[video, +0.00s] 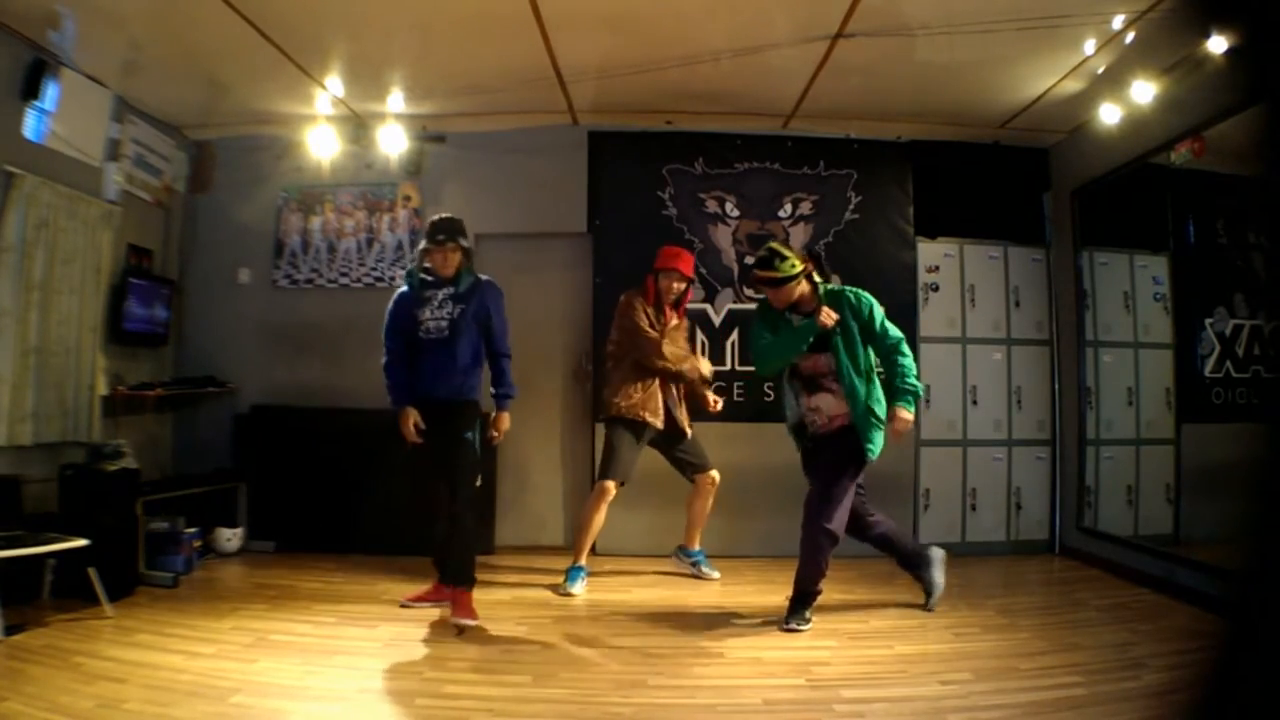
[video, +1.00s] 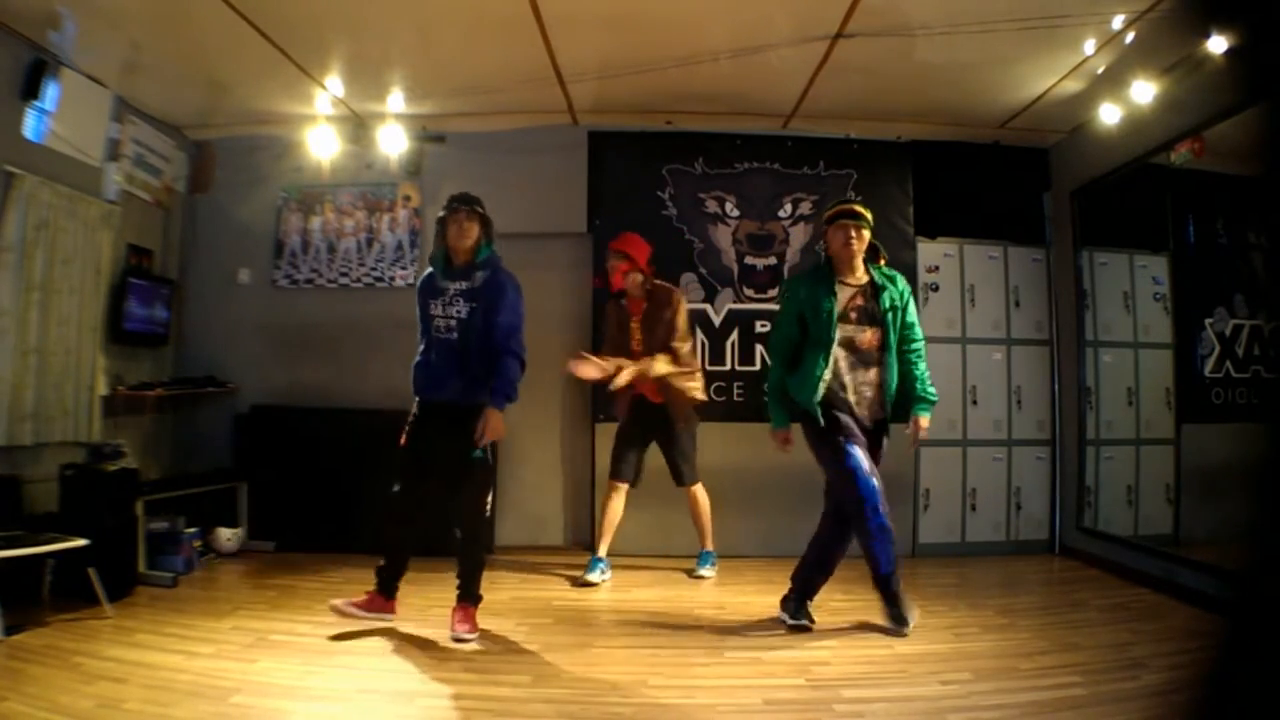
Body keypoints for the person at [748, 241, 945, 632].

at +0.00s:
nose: (768, 295)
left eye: (774, 286)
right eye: (764, 287)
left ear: (800, 276)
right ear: (763, 285)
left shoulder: (852, 303)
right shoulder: (769, 317)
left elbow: (895, 346)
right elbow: (762, 361)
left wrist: (904, 399)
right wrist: (810, 327)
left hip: (854, 429)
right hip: (810, 437)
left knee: (820, 517)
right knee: (856, 518)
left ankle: (801, 603)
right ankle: (924, 561)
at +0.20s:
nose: (783, 283)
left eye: (791, 277)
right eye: (780, 275)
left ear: (815, 275)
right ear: (777, 273)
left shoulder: (860, 302)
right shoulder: (770, 308)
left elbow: (890, 356)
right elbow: (763, 360)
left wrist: (909, 413)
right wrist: (821, 367)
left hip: (841, 435)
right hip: (793, 435)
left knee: (822, 525)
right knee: (781, 515)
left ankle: (801, 603)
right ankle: (823, 540)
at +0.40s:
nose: (819, 277)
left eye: (828, 269)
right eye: (811, 268)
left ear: (843, 270)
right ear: (799, 268)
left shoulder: (868, 309)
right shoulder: (779, 309)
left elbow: (885, 370)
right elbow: (765, 379)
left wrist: (894, 424)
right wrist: (767, 444)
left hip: (844, 440)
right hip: (789, 436)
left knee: (830, 529)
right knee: (740, 510)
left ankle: (799, 601)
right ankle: (686, 558)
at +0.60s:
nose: (836, 272)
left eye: (844, 264)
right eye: (828, 263)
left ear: (856, 267)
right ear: (814, 263)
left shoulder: (872, 311)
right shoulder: (787, 304)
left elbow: (882, 373)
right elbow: (754, 368)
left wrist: (886, 428)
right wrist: (726, 429)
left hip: (847, 436)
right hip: (792, 432)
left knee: (839, 527)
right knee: (760, 514)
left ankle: (800, 600)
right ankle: (719, 597)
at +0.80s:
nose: (844, 254)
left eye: (851, 246)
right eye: (835, 246)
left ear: (863, 253)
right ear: (821, 250)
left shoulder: (880, 301)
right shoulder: (791, 293)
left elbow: (893, 364)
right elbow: (762, 354)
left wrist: (901, 419)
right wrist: (746, 417)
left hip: (853, 419)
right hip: (801, 413)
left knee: (839, 508)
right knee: (833, 496)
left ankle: (798, 600)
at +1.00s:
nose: (850, 235)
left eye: (858, 229)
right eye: (841, 229)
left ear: (868, 237)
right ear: (826, 237)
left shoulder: (893, 286)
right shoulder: (803, 286)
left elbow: (912, 345)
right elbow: (781, 350)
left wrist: (921, 400)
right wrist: (779, 414)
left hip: (871, 414)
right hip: (822, 407)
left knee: (843, 509)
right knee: (866, 488)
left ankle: (797, 597)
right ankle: (892, 594)